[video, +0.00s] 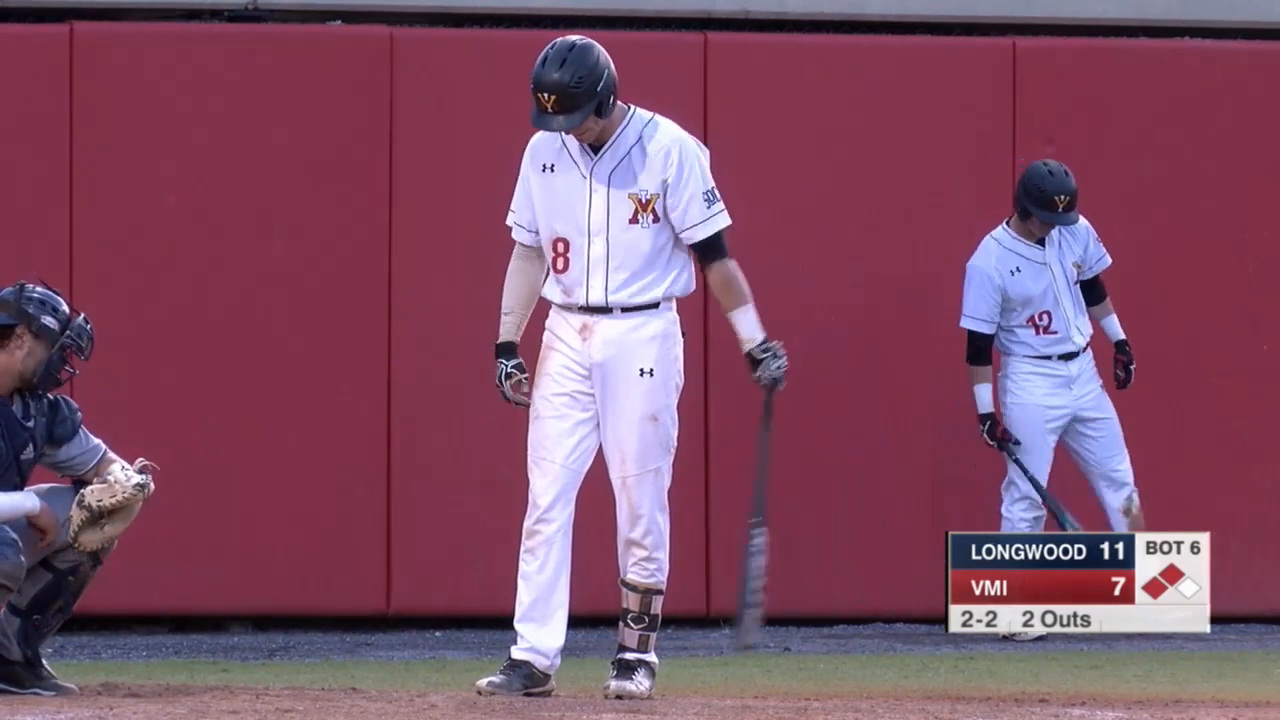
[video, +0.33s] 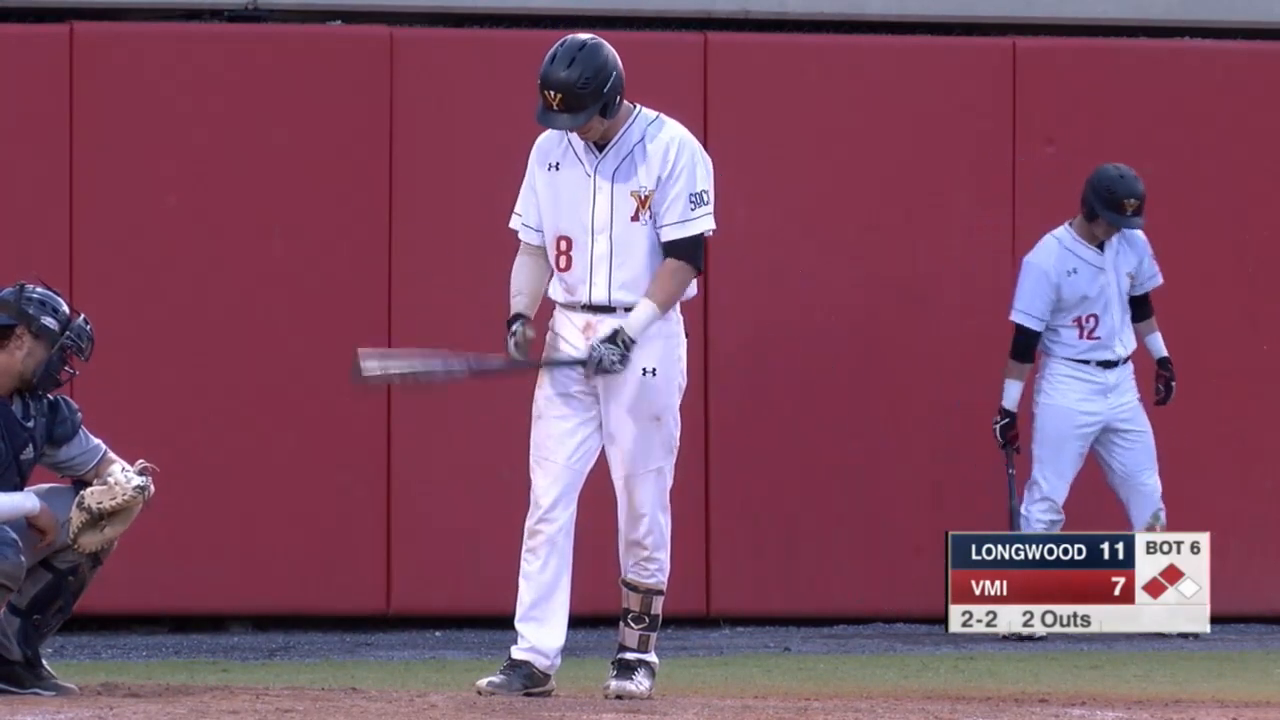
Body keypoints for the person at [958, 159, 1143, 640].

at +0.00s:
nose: (1059, 226)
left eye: (1063, 217)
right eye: (1051, 218)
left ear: (1067, 207)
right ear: (1026, 210)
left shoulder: (1073, 229)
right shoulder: (989, 261)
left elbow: (1094, 290)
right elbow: (978, 347)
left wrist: (1121, 342)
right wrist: (986, 414)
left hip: (1084, 376)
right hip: (1030, 384)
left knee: (1121, 487)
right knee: (1025, 501)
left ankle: (1146, 591)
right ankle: (1012, 607)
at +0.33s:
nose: (1120, 230)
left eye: (1125, 222)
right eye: (1114, 221)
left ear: (1125, 216)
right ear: (1092, 210)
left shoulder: (1130, 242)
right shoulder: (1046, 259)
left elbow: (1141, 306)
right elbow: (1024, 340)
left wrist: (1163, 361)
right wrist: (1007, 410)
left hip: (1121, 385)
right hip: (1067, 387)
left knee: (1147, 496)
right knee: (1046, 503)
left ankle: (1161, 606)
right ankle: (1022, 607)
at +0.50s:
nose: (1169, 231)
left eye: (1173, 224)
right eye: (1165, 222)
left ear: (1174, 219)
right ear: (1142, 210)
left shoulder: (1172, 247)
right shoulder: (1089, 252)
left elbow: (1172, 316)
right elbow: (1057, 330)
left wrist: (1189, 373)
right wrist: (1031, 398)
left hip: (1146, 387)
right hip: (1091, 385)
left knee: (1161, 498)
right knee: (1060, 497)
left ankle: (1160, 606)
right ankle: (1016, 598)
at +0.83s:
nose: (1220, 238)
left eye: (1226, 232)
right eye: (1219, 229)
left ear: (1225, 224)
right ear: (1198, 213)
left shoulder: (1210, 256)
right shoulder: (1137, 245)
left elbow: (1199, 326)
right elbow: (1111, 322)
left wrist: (1217, 378)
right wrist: (1098, 392)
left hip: (1162, 382)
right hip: (1111, 373)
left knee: (1168, 499)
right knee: (1070, 487)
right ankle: (1040, 585)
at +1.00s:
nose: (1221, 230)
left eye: (1226, 225)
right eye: (1219, 221)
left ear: (1226, 219)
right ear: (1195, 204)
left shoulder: (1206, 252)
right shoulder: (1137, 242)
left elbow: (1198, 316)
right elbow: (1125, 323)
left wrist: (1239, 335)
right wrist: (1134, 392)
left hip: (1162, 377)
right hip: (1109, 371)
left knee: (1168, 495)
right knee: (1073, 489)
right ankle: (1034, 580)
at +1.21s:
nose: (1187, 208)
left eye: (1197, 203)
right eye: (1183, 196)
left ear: (1202, 208)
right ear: (1163, 188)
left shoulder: (1186, 246)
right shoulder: (1120, 239)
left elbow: (1222, 301)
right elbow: (1124, 323)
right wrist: (1158, 381)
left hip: (1155, 378)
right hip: (1105, 372)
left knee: (1165, 505)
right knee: (1071, 496)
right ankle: (1029, 587)